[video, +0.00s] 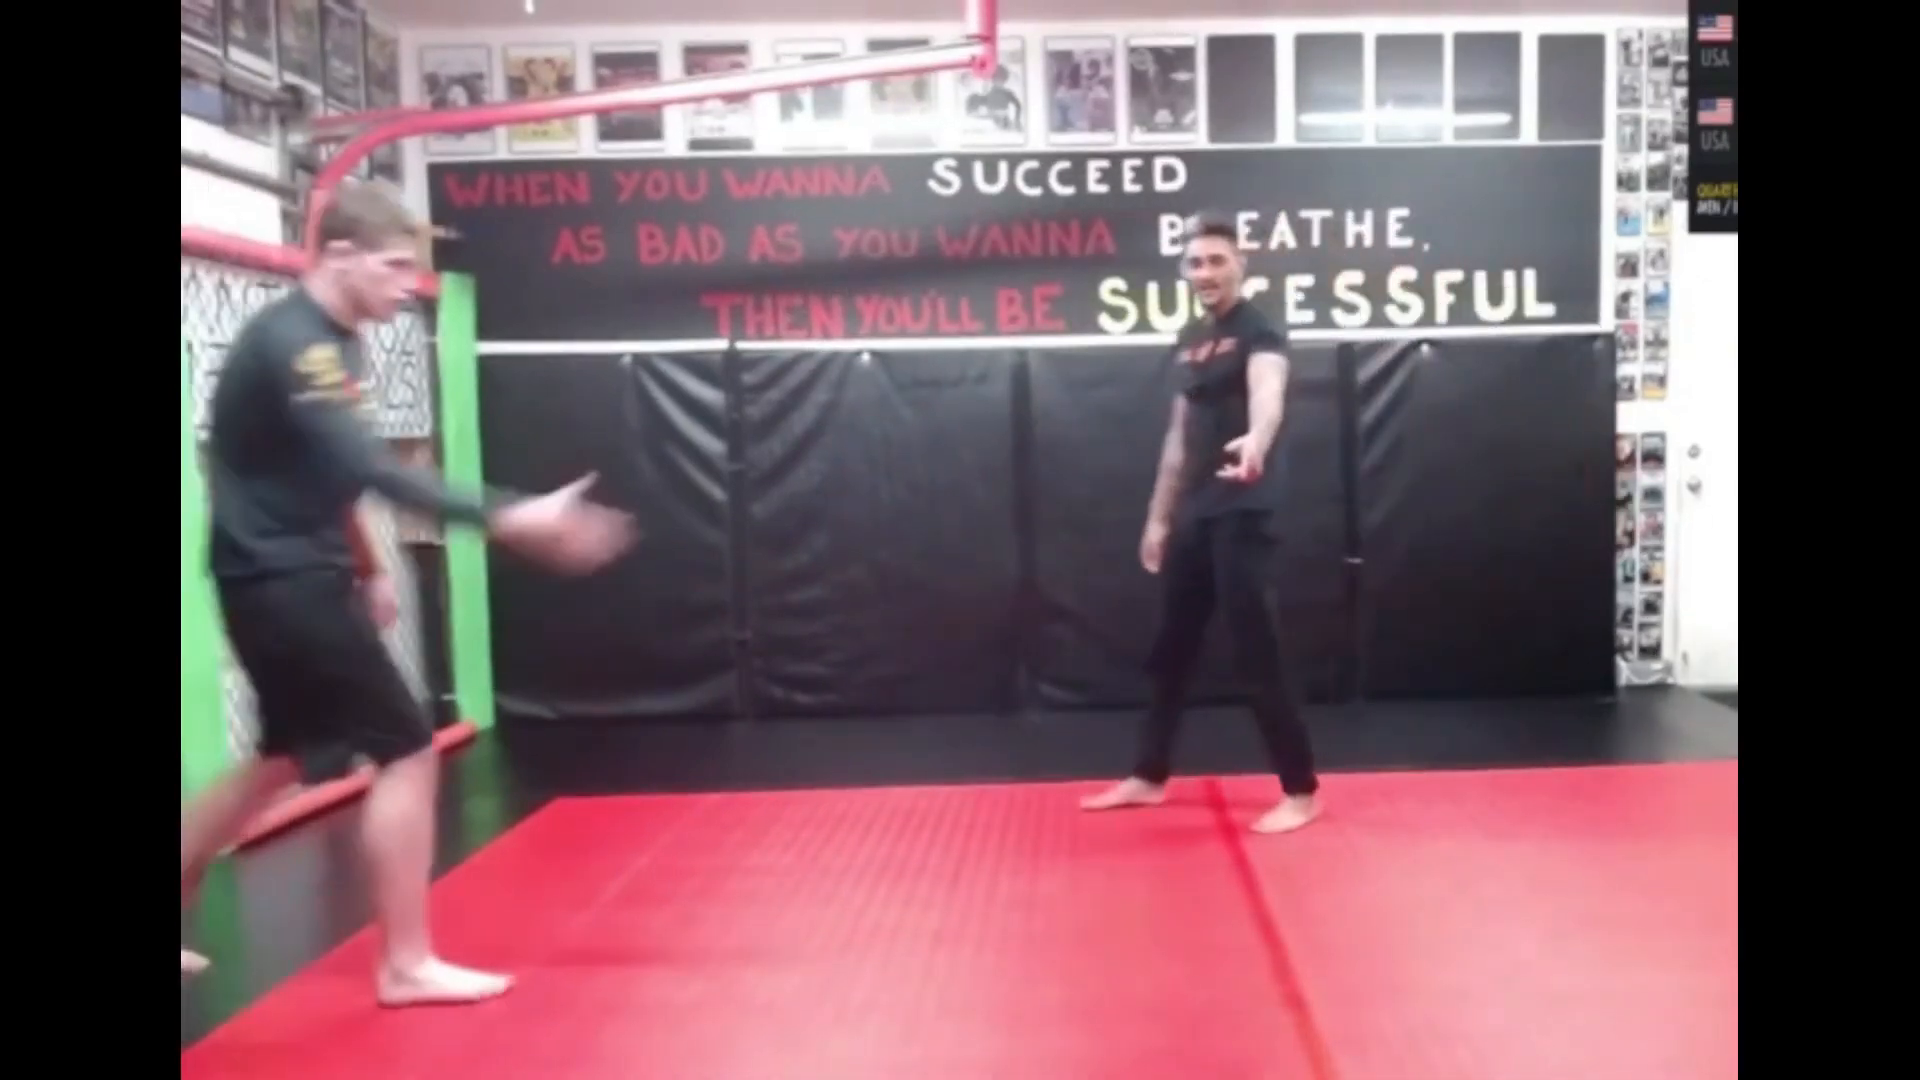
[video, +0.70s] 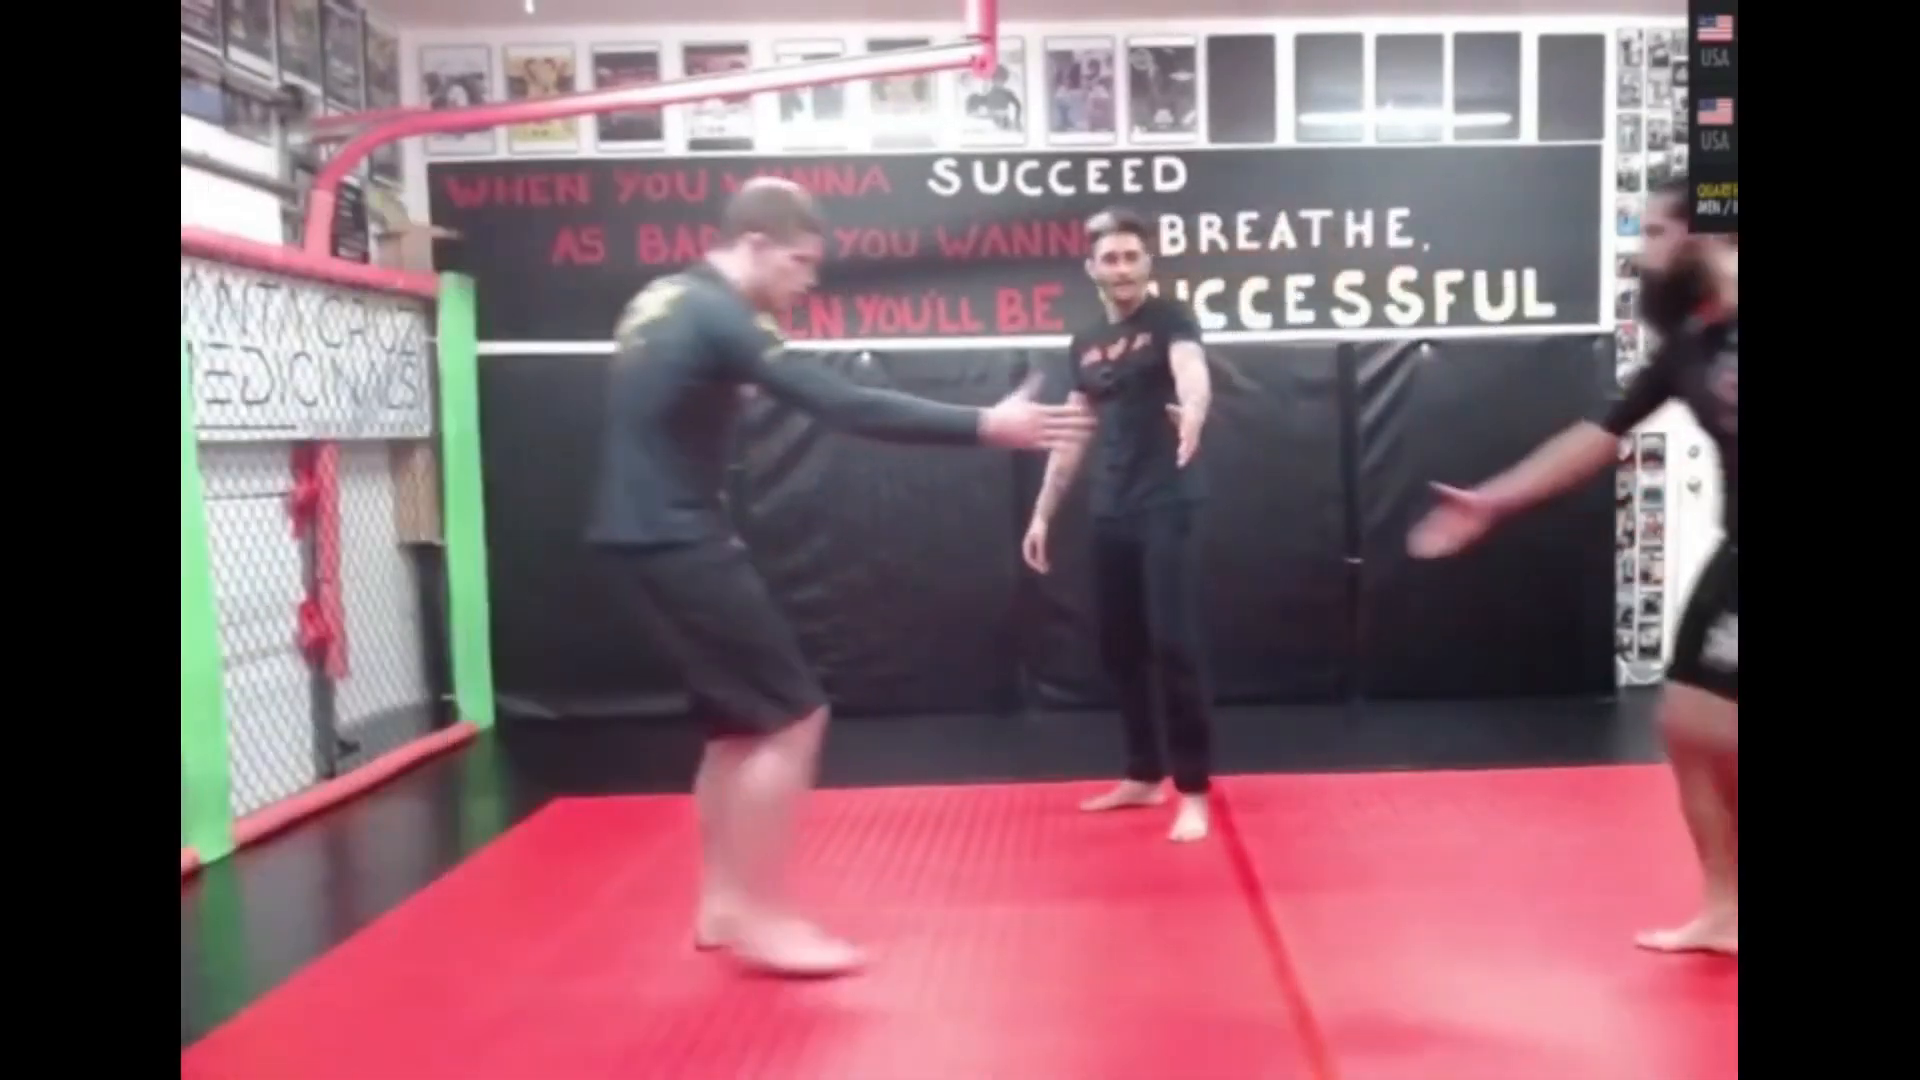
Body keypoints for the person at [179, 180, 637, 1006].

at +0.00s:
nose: (408, 291)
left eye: (412, 275)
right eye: (399, 272)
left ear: (358, 263)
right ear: (344, 258)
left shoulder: (324, 333)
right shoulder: (294, 339)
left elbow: (331, 475)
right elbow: (372, 466)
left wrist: (369, 564)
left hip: (282, 575)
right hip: (282, 578)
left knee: (278, 756)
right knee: (405, 749)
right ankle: (407, 963)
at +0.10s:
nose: (451, 288)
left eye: (457, 271)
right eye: (446, 267)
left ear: (399, 254)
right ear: (391, 249)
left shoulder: (358, 322)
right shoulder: (343, 328)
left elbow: (361, 473)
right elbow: (455, 436)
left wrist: (407, 557)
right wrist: (597, 470)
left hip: (323, 561)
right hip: (323, 563)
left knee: (371, 769)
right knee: (427, 753)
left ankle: (212, 868)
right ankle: (409, 965)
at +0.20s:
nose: (522, 273)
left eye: (527, 256)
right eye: (514, 253)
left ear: (451, 241)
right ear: (456, 237)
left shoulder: (395, 306)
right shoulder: (419, 315)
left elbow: (390, 463)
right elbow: (540, 399)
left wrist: (450, 541)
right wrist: (692, 432)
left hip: (387, 561)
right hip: (385, 567)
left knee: (511, 717)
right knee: (447, 761)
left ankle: (373, 877)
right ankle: (408, 965)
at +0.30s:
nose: (543, 270)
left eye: (548, 253)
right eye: (534, 251)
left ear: (476, 238)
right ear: (478, 234)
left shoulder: (431, 300)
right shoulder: (438, 310)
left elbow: (422, 445)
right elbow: (564, 392)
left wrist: (470, 532)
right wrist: (719, 424)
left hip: (436, 551)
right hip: (399, 558)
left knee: (538, 711)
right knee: (445, 765)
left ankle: (469, 909)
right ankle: (406, 965)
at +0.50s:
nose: (678, 281)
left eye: (681, 265)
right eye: (671, 262)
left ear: (612, 251)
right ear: (619, 247)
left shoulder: (546, 312)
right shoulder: (583, 320)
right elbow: (715, 400)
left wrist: (678, 425)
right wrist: (861, 420)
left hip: (587, 567)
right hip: (561, 572)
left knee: (680, 732)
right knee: (563, 771)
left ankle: (717, 913)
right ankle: (432, 929)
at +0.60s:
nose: (722, 286)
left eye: (725, 269)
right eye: (716, 267)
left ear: (658, 255)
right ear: (666, 251)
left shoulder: (590, 313)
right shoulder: (627, 320)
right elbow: (750, 404)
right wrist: (904, 422)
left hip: (609, 563)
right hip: (600, 568)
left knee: (718, 718)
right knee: (675, 750)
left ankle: (720, 913)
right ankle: (509, 888)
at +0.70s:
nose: (807, 285)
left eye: (812, 269)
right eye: (802, 266)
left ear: (745, 251)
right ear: (753, 248)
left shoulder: (667, 300)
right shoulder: (714, 312)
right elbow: (839, 400)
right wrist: (985, 424)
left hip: (641, 537)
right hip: (676, 539)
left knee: (739, 725)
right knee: (796, 714)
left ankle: (724, 906)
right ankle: (756, 914)